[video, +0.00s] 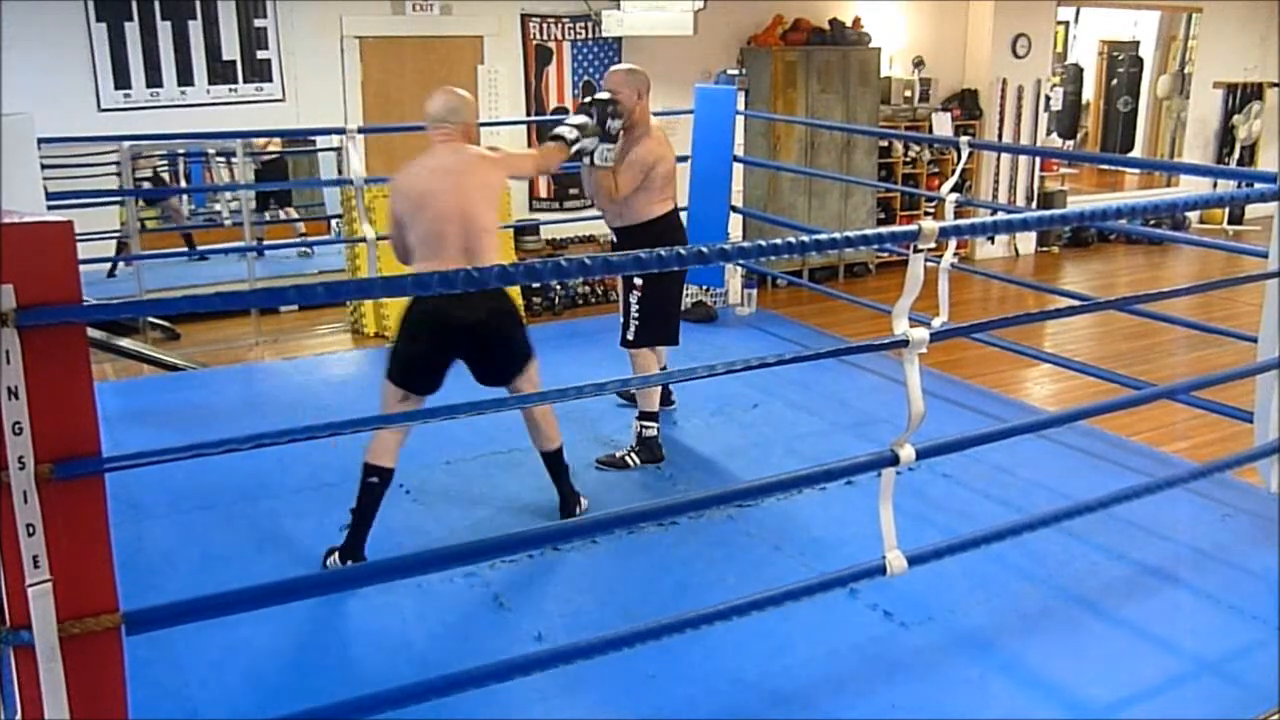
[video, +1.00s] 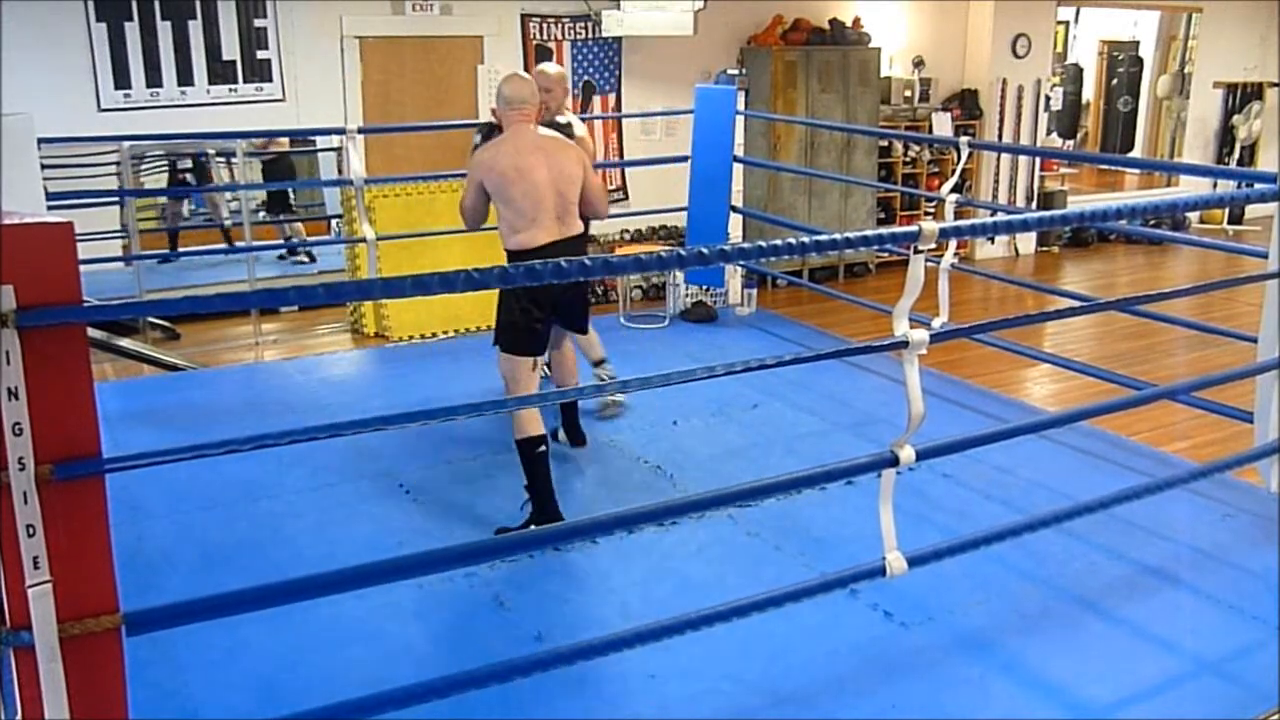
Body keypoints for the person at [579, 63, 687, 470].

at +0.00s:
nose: (607, 103)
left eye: (613, 96)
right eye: (606, 96)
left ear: (639, 98)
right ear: (628, 99)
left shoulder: (649, 145)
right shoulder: (624, 140)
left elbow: (609, 196)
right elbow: (593, 192)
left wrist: (592, 152)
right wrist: (586, 147)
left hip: (654, 243)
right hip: (636, 240)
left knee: (638, 344)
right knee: (645, 329)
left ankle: (647, 442)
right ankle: (659, 390)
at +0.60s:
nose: (585, 93)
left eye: (593, 86)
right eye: (582, 86)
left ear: (616, 88)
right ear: (581, 90)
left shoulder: (629, 135)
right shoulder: (588, 128)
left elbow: (625, 192)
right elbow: (576, 180)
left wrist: (597, 153)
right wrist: (565, 133)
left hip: (626, 227)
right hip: (595, 225)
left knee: (607, 321)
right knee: (588, 307)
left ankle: (638, 395)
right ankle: (631, 356)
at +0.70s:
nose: (578, 93)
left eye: (585, 86)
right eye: (574, 86)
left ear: (606, 88)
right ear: (572, 90)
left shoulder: (619, 133)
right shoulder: (583, 127)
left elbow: (616, 193)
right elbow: (574, 178)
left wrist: (587, 151)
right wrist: (560, 135)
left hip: (615, 224)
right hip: (585, 219)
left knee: (605, 318)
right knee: (577, 294)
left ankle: (637, 395)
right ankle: (584, 355)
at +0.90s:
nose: (553, 102)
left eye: (561, 95)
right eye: (548, 95)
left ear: (583, 97)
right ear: (543, 96)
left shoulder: (592, 139)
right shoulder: (540, 133)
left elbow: (592, 193)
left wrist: (567, 156)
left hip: (585, 231)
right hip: (549, 229)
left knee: (594, 320)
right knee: (546, 312)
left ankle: (634, 392)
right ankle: (546, 368)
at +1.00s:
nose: (540, 98)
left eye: (548, 91)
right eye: (537, 90)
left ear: (566, 93)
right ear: (532, 92)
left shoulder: (577, 132)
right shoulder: (524, 129)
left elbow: (589, 178)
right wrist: (488, 144)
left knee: (572, 316)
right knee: (539, 316)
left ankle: (606, 377)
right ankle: (535, 376)